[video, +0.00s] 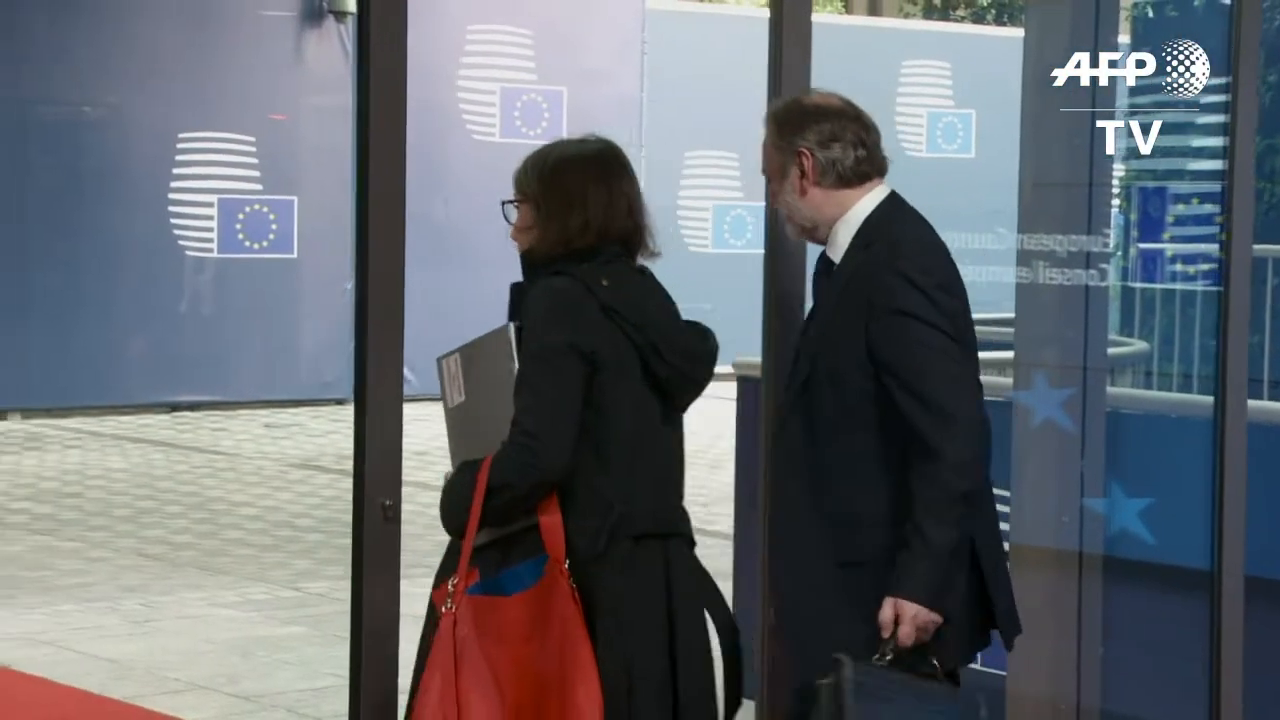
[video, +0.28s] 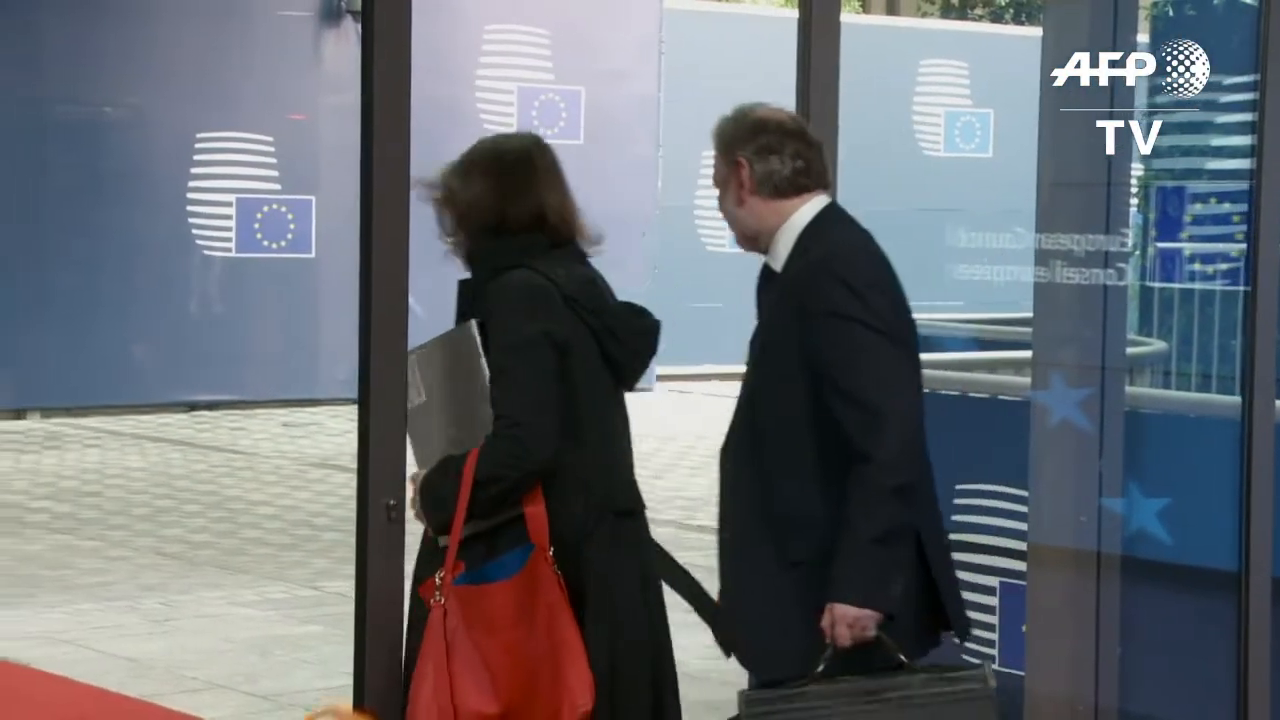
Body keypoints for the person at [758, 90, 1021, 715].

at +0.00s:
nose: (771, 199)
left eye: (772, 180)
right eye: (768, 182)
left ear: (804, 172)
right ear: (814, 171)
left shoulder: (895, 259)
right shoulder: (859, 251)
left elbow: (951, 436)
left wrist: (921, 583)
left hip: (878, 602)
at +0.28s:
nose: (719, 205)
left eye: (720, 186)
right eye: (718, 188)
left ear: (743, 178)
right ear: (799, 170)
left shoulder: (833, 264)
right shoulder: (802, 259)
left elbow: (883, 439)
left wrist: (859, 586)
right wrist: (752, 596)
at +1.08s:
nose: (618, 195)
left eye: (618, 182)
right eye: (618, 183)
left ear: (627, 185)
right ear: (701, 179)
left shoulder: (630, 263)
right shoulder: (760, 272)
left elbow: (622, 417)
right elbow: (766, 424)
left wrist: (611, 556)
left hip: (661, 556)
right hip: (753, 550)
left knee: (657, 708)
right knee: (756, 709)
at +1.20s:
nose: (595, 190)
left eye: (595, 180)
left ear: (602, 186)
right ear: (680, 177)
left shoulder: (596, 268)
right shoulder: (743, 274)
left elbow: (588, 420)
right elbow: (764, 413)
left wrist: (570, 550)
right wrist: (737, 508)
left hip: (626, 547)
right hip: (727, 540)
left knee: (624, 702)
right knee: (727, 702)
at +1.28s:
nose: (585, 184)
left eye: (585, 173)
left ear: (592, 179)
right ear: (670, 170)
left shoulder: (580, 263)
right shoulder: (735, 265)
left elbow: (568, 421)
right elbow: (763, 411)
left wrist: (534, 542)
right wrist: (749, 521)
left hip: (610, 539)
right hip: (715, 539)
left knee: (595, 701)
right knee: (691, 699)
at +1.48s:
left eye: (573, 163)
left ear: (578, 170)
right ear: (656, 159)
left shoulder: (548, 251)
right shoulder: (720, 255)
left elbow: (531, 400)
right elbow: (759, 393)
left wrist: (516, 520)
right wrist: (767, 511)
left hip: (587, 510)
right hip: (692, 513)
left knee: (594, 676)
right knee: (653, 678)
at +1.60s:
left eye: (566, 176)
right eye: (649, 164)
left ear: (569, 183)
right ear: (645, 173)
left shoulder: (542, 258)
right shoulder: (708, 264)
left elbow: (514, 400)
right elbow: (749, 399)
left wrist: (502, 517)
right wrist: (761, 514)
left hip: (572, 509)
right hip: (678, 511)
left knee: (586, 672)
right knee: (637, 668)